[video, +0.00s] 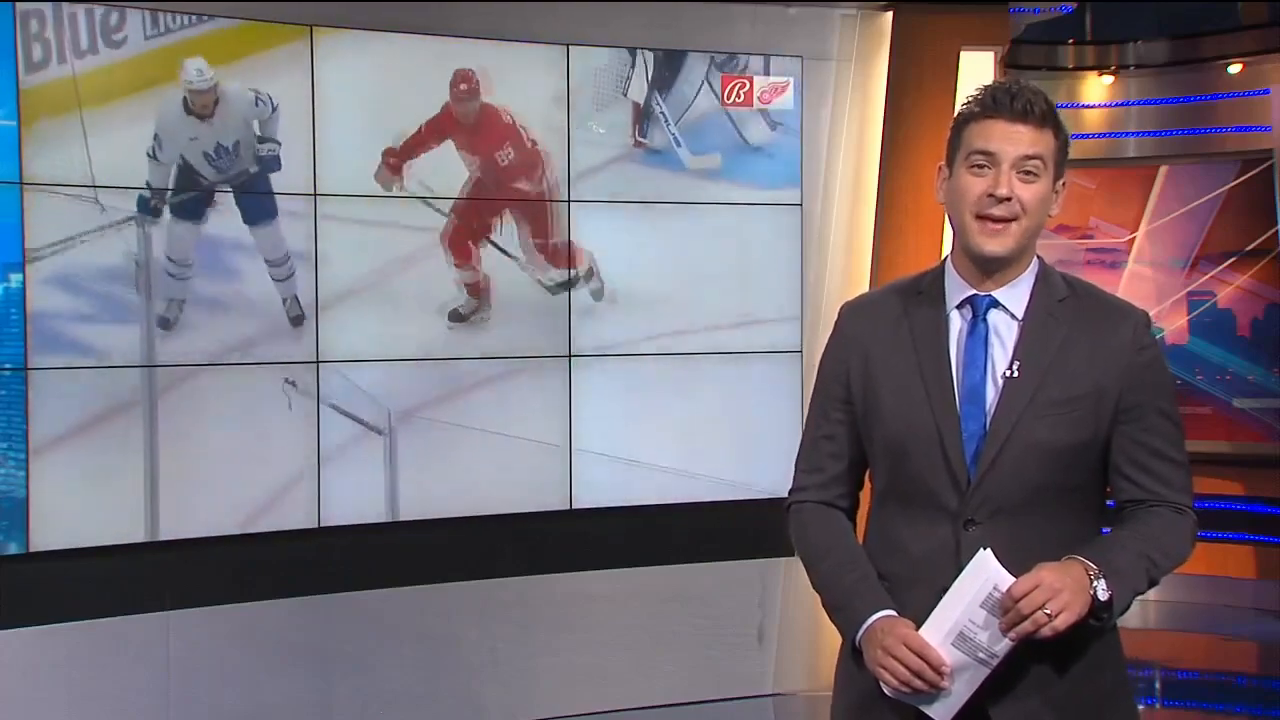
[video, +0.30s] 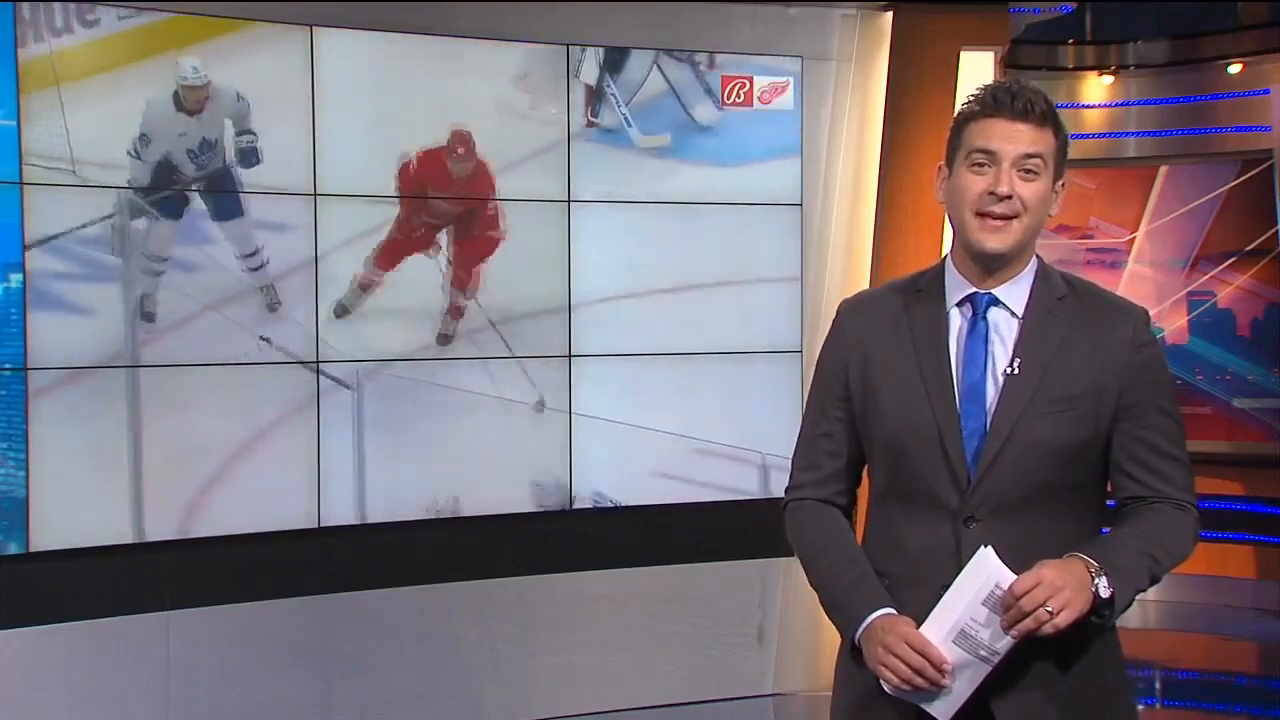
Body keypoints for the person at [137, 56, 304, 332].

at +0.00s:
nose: (204, 99)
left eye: (209, 91)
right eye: (197, 94)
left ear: (216, 88)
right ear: (186, 93)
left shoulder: (238, 100)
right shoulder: (171, 117)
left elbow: (270, 109)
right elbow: (159, 159)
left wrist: (270, 145)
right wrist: (156, 196)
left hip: (245, 168)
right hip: (196, 173)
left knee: (268, 233)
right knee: (179, 234)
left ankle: (289, 297)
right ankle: (174, 300)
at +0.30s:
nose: (199, 96)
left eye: (203, 88)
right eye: (192, 90)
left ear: (209, 86)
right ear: (179, 90)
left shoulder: (222, 98)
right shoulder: (159, 114)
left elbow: (242, 111)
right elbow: (140, 156)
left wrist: (246, 139)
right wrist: (140, 191)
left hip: (215, 170)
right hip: (172, 176)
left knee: (236, 226)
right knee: (161, 233)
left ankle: (265, 284)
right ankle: (148, 293)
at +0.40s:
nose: (191, 89)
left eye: (195, 81)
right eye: (183, 83)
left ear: (200, 78)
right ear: (170, 82)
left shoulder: (213, 90)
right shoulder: (149, 106)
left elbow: (229, 104)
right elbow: (127, 148)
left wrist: (235, 133)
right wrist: (127, 187)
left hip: (200, 163)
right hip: (157, 170)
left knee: (223, 221)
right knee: (150, 229)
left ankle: (248, 282)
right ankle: (135, 294)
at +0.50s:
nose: (189, 57)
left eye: (193, 50)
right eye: (183, 51)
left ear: (199, 47)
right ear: (169, 50)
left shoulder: (208, 58)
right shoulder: (148, 74)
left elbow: (222, 74)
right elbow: (120, 116)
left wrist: (228, 104)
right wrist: (117, 158)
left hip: (191, 135)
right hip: (150, 141)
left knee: (217, 197)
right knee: (144, 207)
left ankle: (237, 257)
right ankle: (130, 271)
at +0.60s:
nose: (195, 17)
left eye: (198, 14)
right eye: (190, 14)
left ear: (201, 15)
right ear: (175, 13)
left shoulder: (211, 22)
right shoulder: (150, 37)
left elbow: (218, 49)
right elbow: (122, 81)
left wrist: (225, 74)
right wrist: (114, 125)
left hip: (188, 104)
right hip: (149, 108)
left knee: (212, 171)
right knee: (144, 179)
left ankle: (233, 228)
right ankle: (130, 243)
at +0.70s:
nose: (195, 11)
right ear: (176, 8)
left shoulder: (203, 12)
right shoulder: (147, 19)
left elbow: (214, 20)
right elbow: (123, 55)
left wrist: (222, 44)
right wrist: (115, 99)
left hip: (187, 79)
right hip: (150, 84)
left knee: (210, 140)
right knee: (147, 149)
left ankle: (229, 200)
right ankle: (132, 215)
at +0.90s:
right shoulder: (101, 9)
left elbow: (186, 14)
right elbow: (105, 36)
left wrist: (197, 24)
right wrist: (113, 71)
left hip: (168, 53)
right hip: (134, 61)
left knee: (194, 106)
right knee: (139, 124)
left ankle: (204, 172)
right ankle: (126, 193)